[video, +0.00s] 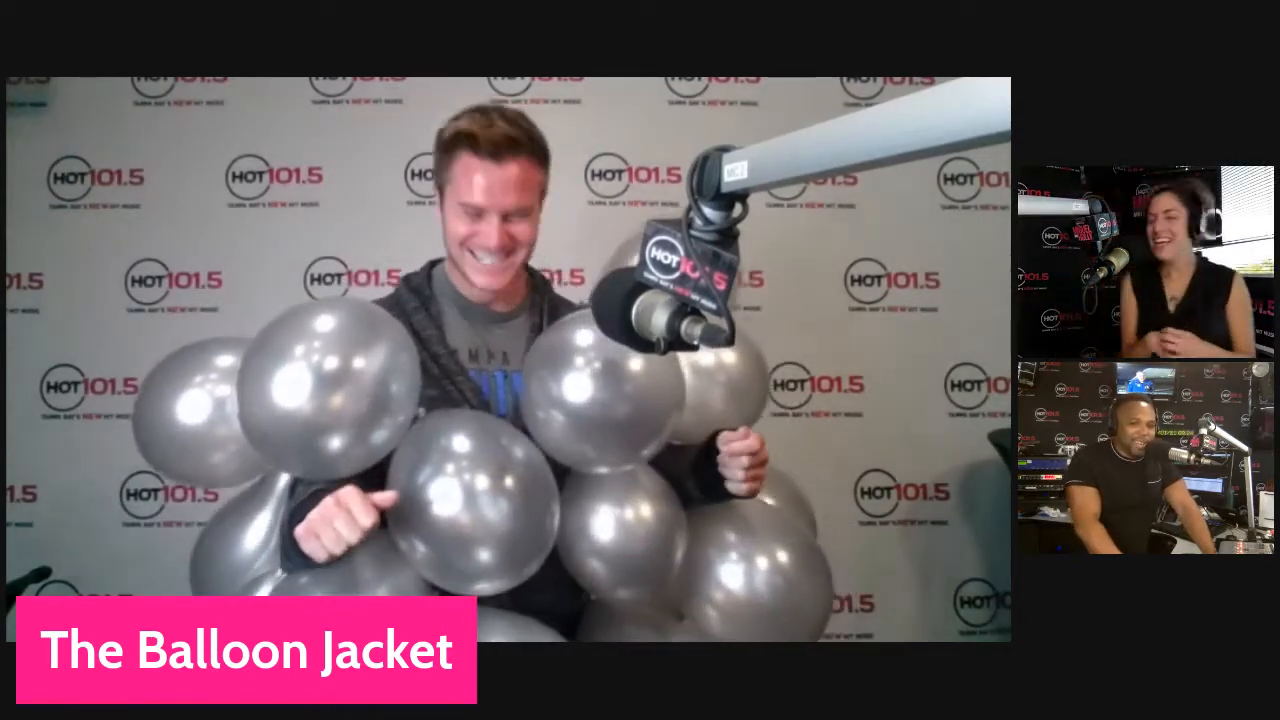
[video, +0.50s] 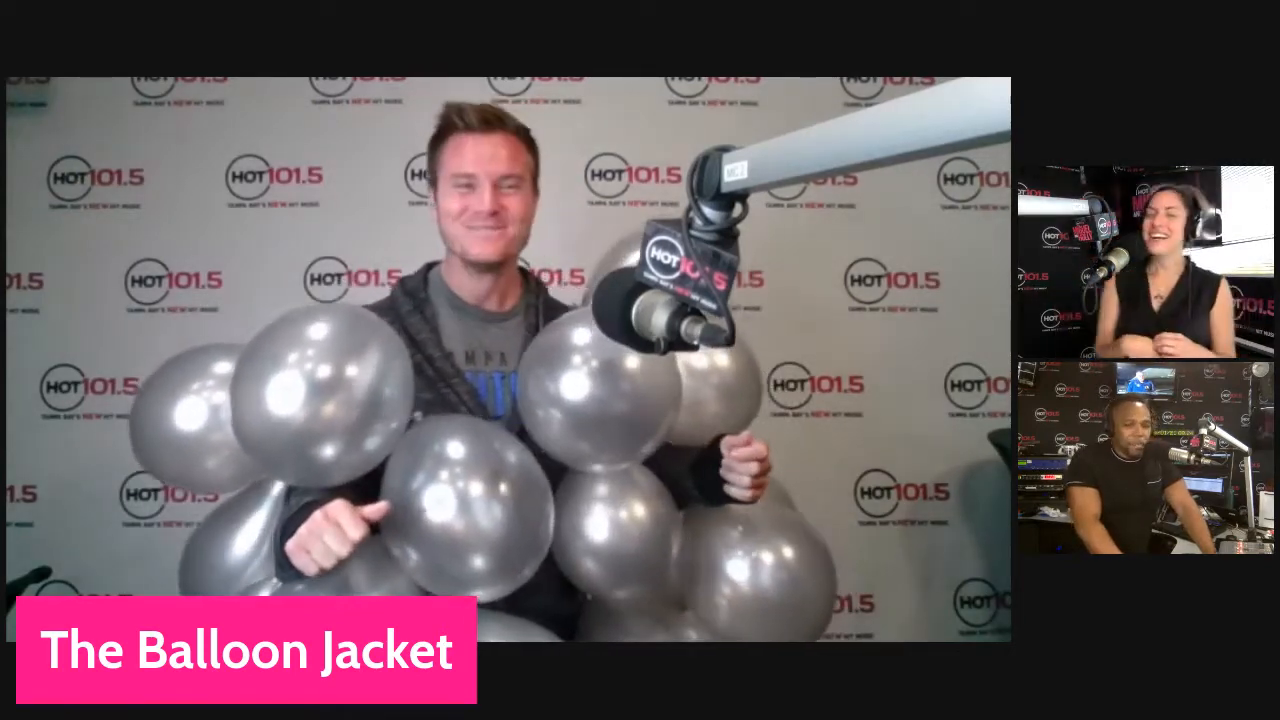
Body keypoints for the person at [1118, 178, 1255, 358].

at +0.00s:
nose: (1157, 228)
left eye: (1170, 218)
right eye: (1151, 220)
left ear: (1195, 224)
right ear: (1146, 226)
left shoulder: (1229, 283)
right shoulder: (1134, 282)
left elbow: (1248, 360)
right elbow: (1127, 355)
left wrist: (1200, 349)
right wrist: (1148, 344)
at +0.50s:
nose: (1157, 223)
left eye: (1171, 215)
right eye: (1151, 214)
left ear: (1190, 225)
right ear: (1143, 221)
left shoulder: (1214, 288)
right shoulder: (1118, 283)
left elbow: (1228, 361)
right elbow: (1101, 350)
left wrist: (1193, 350)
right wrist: (1125, 344)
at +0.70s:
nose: (1152, 225)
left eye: (1165, 217)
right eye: (1144, 215)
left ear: (1181, 227)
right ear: (1134, 221)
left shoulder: (1202, 291)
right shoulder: (1106, 286)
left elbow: (1210, 365)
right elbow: (1091, 355)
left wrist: (1169, 350)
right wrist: (1124, 351)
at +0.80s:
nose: (1151, 225)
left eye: (1165, 218)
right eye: (1143, 216)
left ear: (1178, 229)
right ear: (1130, 223)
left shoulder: (1198, 292)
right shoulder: (1101, 285)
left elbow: (1206, 364)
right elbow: (1088, 355)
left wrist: (1167, 351)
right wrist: (1127, 349)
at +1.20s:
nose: (1153, 226)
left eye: (1166, 218)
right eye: (1143, 216)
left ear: (1179, 228)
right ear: (1129, 222)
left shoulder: (1197, 288)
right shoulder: (1102, 286)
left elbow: (1212, 363)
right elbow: (1091, 357)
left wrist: (1173, 346)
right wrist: (1125, 351)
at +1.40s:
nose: (1154, 227)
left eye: (1166, 219)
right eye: (1144, 217)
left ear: (1180, 228)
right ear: (1130, 222)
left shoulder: (1200, 288)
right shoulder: (1105, 286)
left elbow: (1215, 363)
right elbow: (1095, 356)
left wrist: (1182, 348)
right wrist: (1120, 347)